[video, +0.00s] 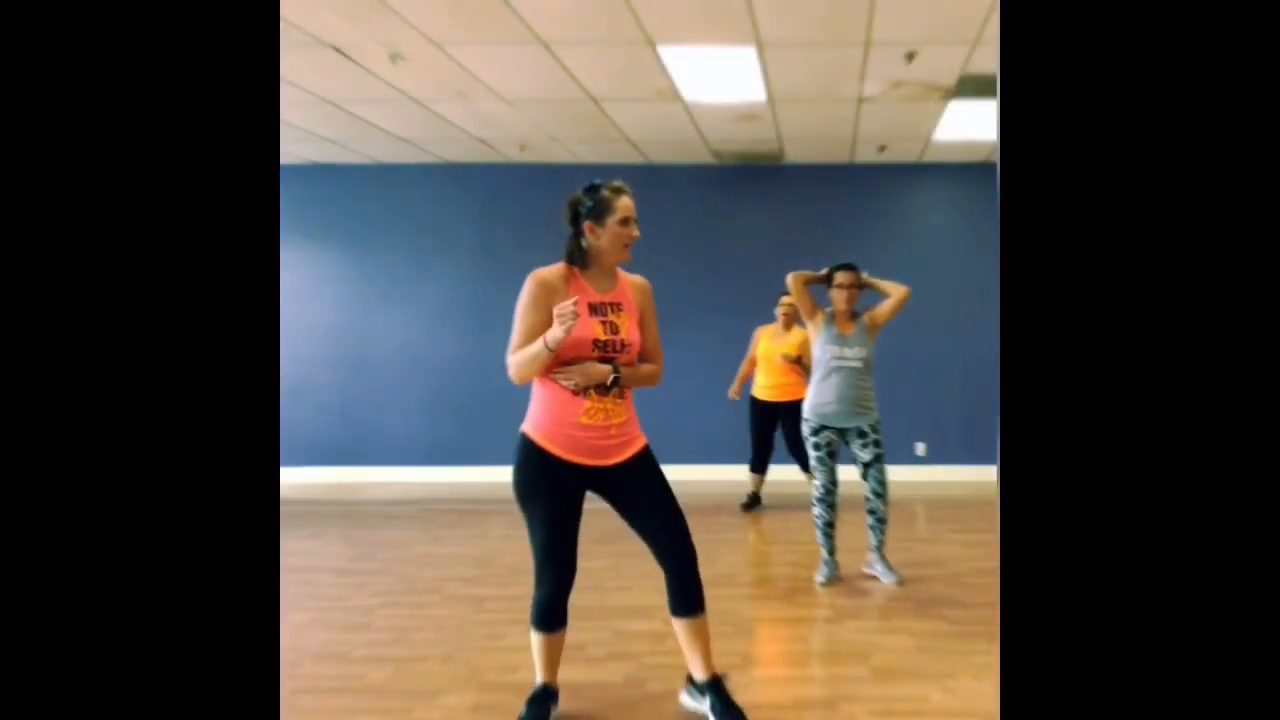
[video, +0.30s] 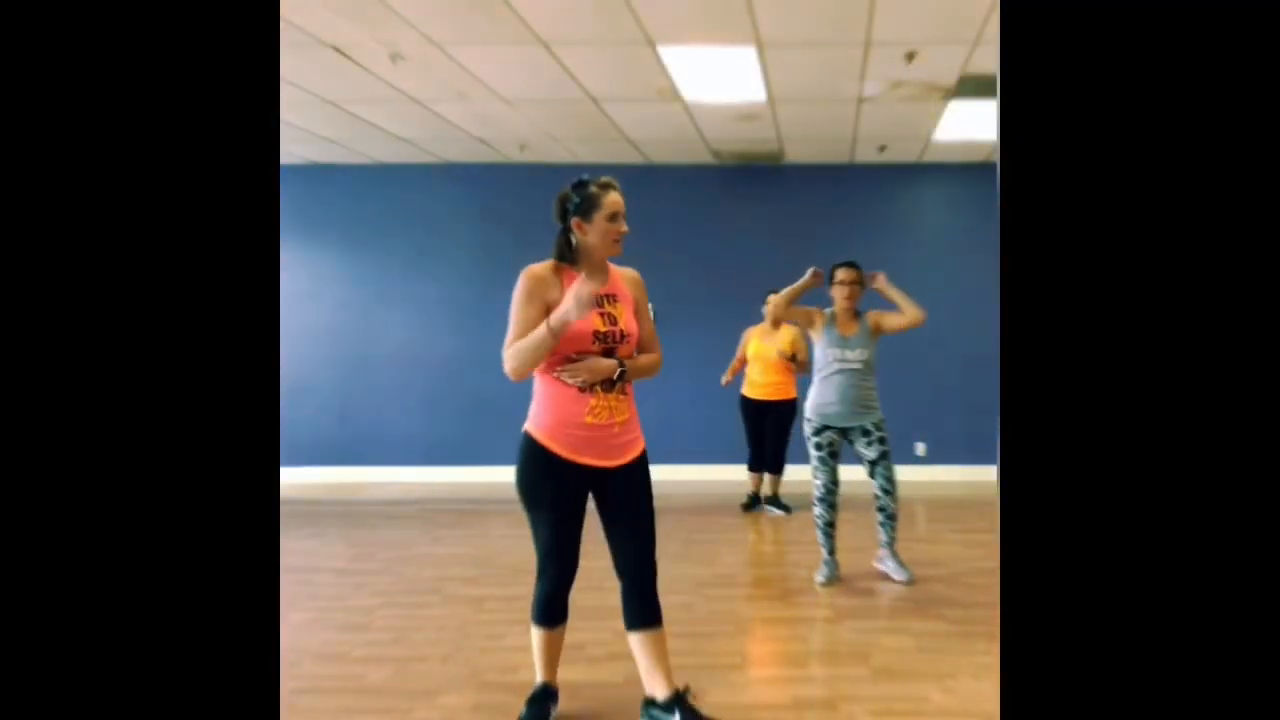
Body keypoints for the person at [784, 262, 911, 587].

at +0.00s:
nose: (846, 294)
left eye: (852, 288)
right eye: (840, 287)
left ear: (860, 293)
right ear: (829, 292)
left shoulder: (869, 324)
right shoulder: (817, 321)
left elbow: (902, 293)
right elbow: (793, 279)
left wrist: (869, 281)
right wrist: (824, 276)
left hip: (862, 418)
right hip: (820, 418)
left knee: (878, 487)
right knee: (824, 490)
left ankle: (876, 555)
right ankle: (827, 559)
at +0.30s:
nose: (847, 290)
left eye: (853, 284)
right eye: (841, 284)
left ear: (862, 289)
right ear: (831, 289)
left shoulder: (872, 322)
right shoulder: (817, 319)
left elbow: (916, 317)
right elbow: (775, 309)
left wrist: (885, 287)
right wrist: (806, 283)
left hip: (865, 417)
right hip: (822, 418)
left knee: (886, 483)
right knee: (825, 490)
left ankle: (887, 554)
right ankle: (828, 560)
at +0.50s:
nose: (858, 288)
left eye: (864, 283)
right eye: (852, 282)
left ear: (873, 289)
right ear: (842, 289)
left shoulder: (885, 324)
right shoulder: (828, 324)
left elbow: (920, 358)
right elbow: (796, 357)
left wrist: (920, 327)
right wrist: (793, 324)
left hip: (877, 420)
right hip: (834, 419)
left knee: (894, 488)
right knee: (831, 491)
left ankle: (906, 557)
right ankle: (828, 560)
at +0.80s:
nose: (886, 287)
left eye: (891, 281)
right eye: (880, 281)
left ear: (900, 288)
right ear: (869, 290)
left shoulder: (914, 326)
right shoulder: (856, 328)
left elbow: (929, 370)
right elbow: (846, 374)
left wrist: (929, 412)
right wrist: (848, 412)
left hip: (909, 423)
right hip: (866, 422)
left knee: (912, 494)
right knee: (849, 490)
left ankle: (909, 558)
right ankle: (835, 558)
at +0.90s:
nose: (894, 285)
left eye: (899, 279)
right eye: (888, 280)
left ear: (908, 286)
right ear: (876, 287)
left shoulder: (921, 324)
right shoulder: (862, 325)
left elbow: (937, 367)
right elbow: (849, 373)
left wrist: (935, 408)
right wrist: (862, 413)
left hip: (913, 420)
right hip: (872, 418)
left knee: (914, 493)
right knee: (857, 488)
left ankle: (909, 558)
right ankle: (848, 556)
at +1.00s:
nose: (897, 284)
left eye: (903, 279)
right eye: (891, 279)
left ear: (913, 286)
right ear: (881, 286)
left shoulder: (924, 322)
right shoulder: (866, 323)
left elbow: (943, 364)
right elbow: (850, 370)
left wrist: (939, 403)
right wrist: (864, 411)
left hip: (915, 419)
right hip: (875, 419)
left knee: (915, 492)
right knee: (869, 491)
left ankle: (910, 558)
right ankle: (868, 558)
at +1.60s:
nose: (890, 285)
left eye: (896, 280)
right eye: (884, 279)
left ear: (905, 288)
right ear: (873, 287)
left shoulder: (915, 325)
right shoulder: (856, 322)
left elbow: (934, 371)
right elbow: (840, 363)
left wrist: (909, 385)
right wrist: (831, 375)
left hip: (909, 421)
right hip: (866, 420)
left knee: (911, 493)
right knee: (856, 491)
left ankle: (909, 558)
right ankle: (836, 559)